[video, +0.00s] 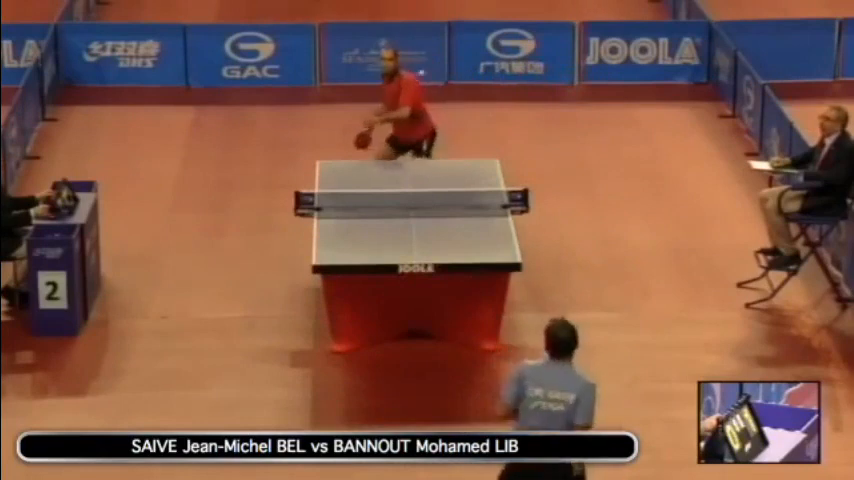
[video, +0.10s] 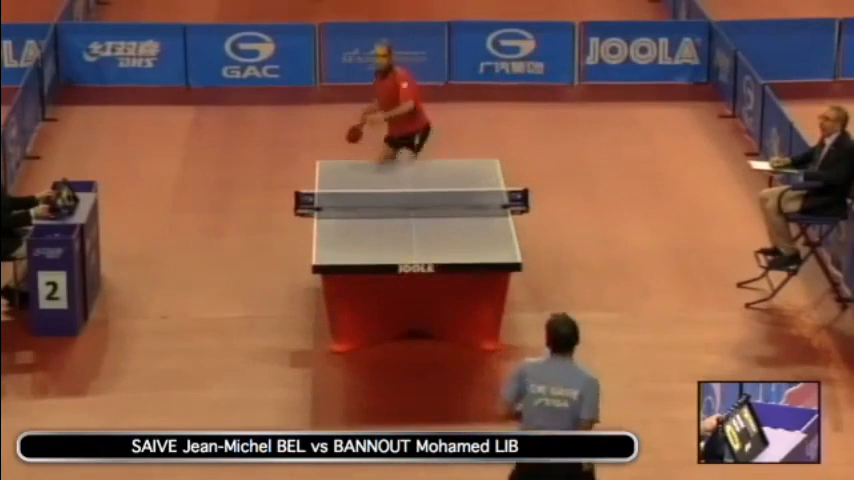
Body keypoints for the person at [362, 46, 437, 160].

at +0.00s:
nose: (386, 64)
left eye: (390, 60)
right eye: (383, 60)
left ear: (397, 61)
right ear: (381, 61)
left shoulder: (408, 80)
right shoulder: (388, 81)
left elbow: (405, 112)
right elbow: (387, 108)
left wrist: (377, 120)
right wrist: (371, 126)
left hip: (422, 135)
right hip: (403, 134)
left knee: (420, 171)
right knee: (380, 161)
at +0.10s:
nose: (380, 60)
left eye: (383, 56)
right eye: (378, 56)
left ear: (391, 57)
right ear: (375, 58)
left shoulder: (401, 76)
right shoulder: (380, 78)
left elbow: (409, 104)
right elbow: (381, 103)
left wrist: (382, 116)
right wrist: (367, 112)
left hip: (416, 128)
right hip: (397, 129)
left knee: (406, 166)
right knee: (383, 164)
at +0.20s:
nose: (376, 54)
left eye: (380, 50)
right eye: (374, 50)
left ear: (388, 51)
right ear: (371, 51)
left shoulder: (399, 69)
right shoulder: (378, 70)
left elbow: (406, 98)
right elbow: (374, 95)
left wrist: (383, 112)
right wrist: (358, 112)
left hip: (406, 122)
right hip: (388, 122)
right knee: (373, 161)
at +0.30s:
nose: (376, 57)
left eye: (380, 53)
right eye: (373, 53)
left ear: (389, 53)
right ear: (371, 53)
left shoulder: (398, 71)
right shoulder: (381, 70)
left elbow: (392, 104)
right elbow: (377, 93)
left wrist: (370, 109)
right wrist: (363, 101)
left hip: (397, 126)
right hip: (380, 122)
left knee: (372, 155)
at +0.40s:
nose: (372, 58)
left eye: (377, 53)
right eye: (370, 53)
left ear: (386, 53)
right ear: (367, 54)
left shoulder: (393, 72)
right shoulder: (382, 70)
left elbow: (374, 101)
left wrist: (344, 106)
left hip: (389, 130)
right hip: (375, 119)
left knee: (375, 170)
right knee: (334, 117)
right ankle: (332, 154)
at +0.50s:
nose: (367, 52)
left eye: (371, 47)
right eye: (365, 47)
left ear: (381, 47)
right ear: (364, 47)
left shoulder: (385, 67)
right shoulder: (384, 62)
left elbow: (376, 99)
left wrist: (361, 120)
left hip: (388, 123)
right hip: (376, 110)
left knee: (378, 168)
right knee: (332, 107)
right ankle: (306, 137)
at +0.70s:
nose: (376, 53)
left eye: (380, 49)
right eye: (375, 49)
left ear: (389, 51)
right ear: (374, 50)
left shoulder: (401, 74)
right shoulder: (365, 67)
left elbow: (406, 100)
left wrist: (397, 95)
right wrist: (349, 72)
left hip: (381, 123)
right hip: (358, 117)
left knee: (374, 162)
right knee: (335, 150)